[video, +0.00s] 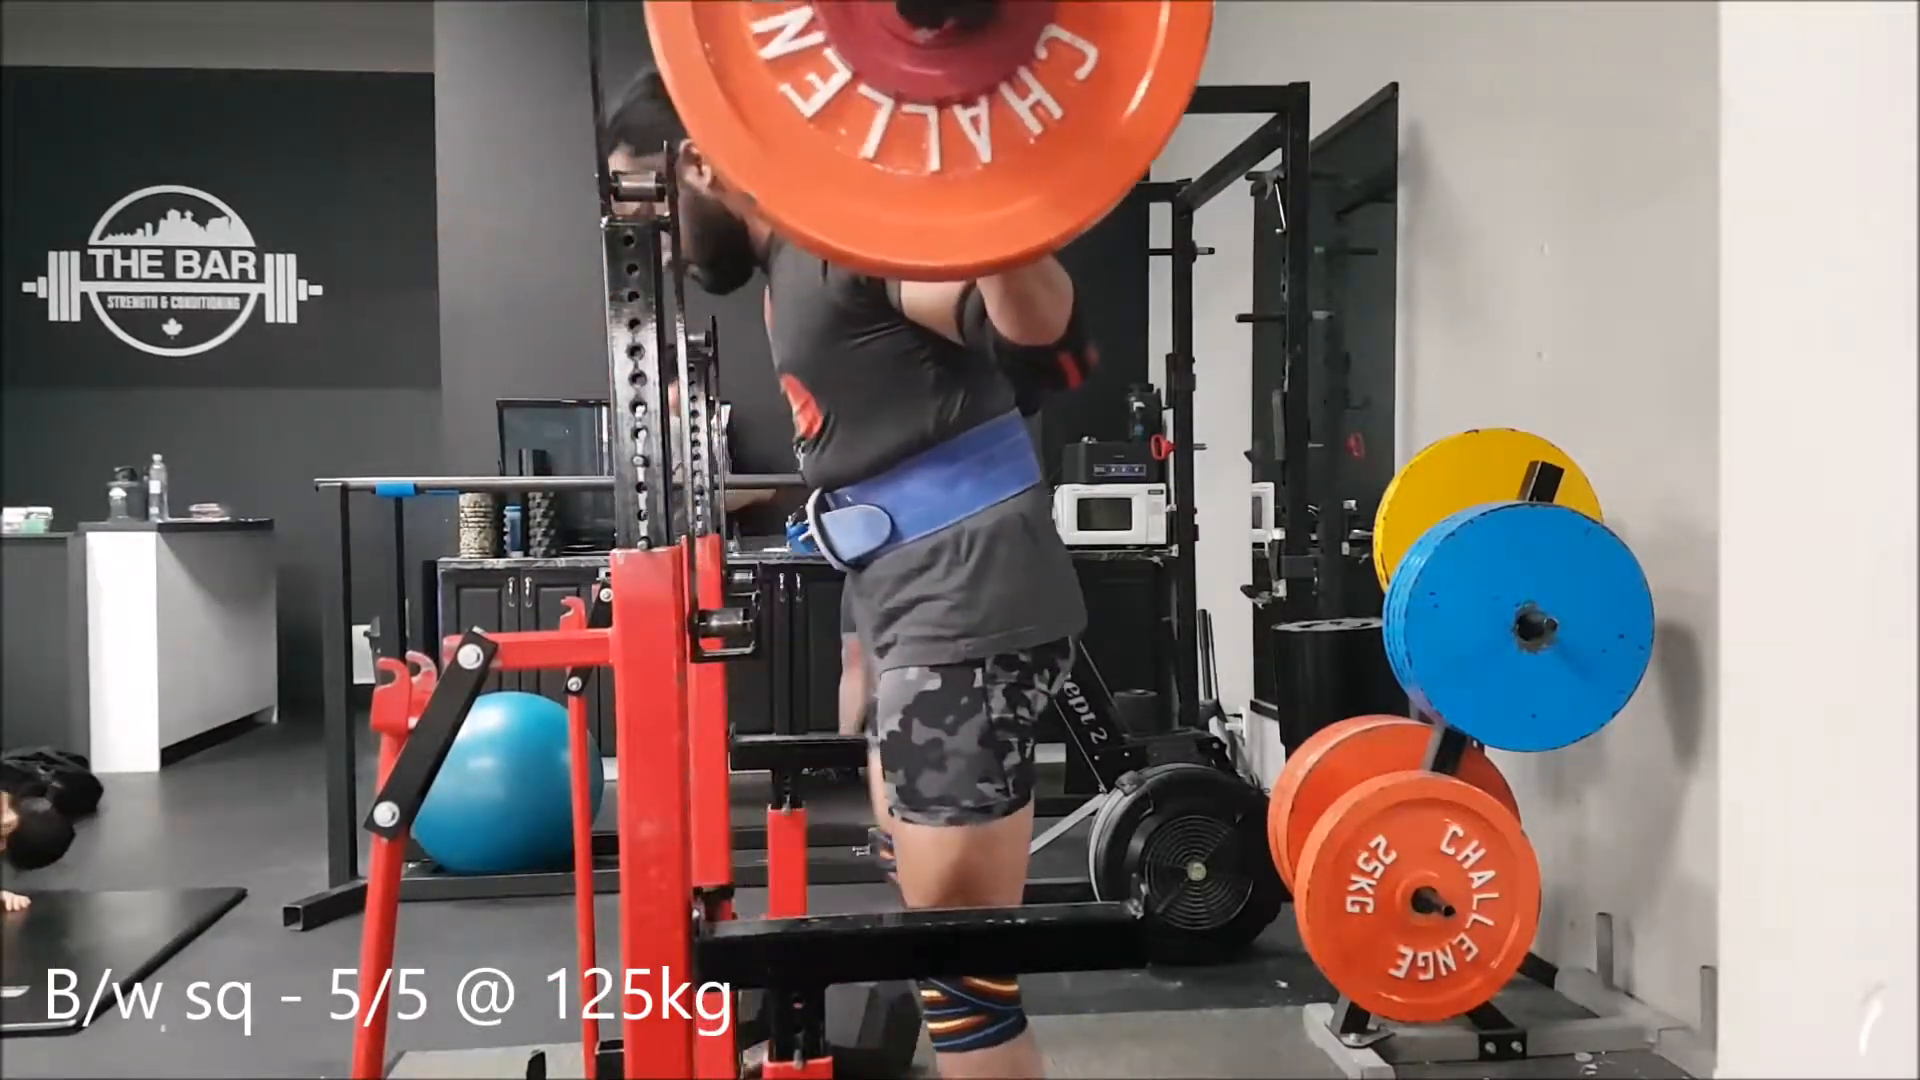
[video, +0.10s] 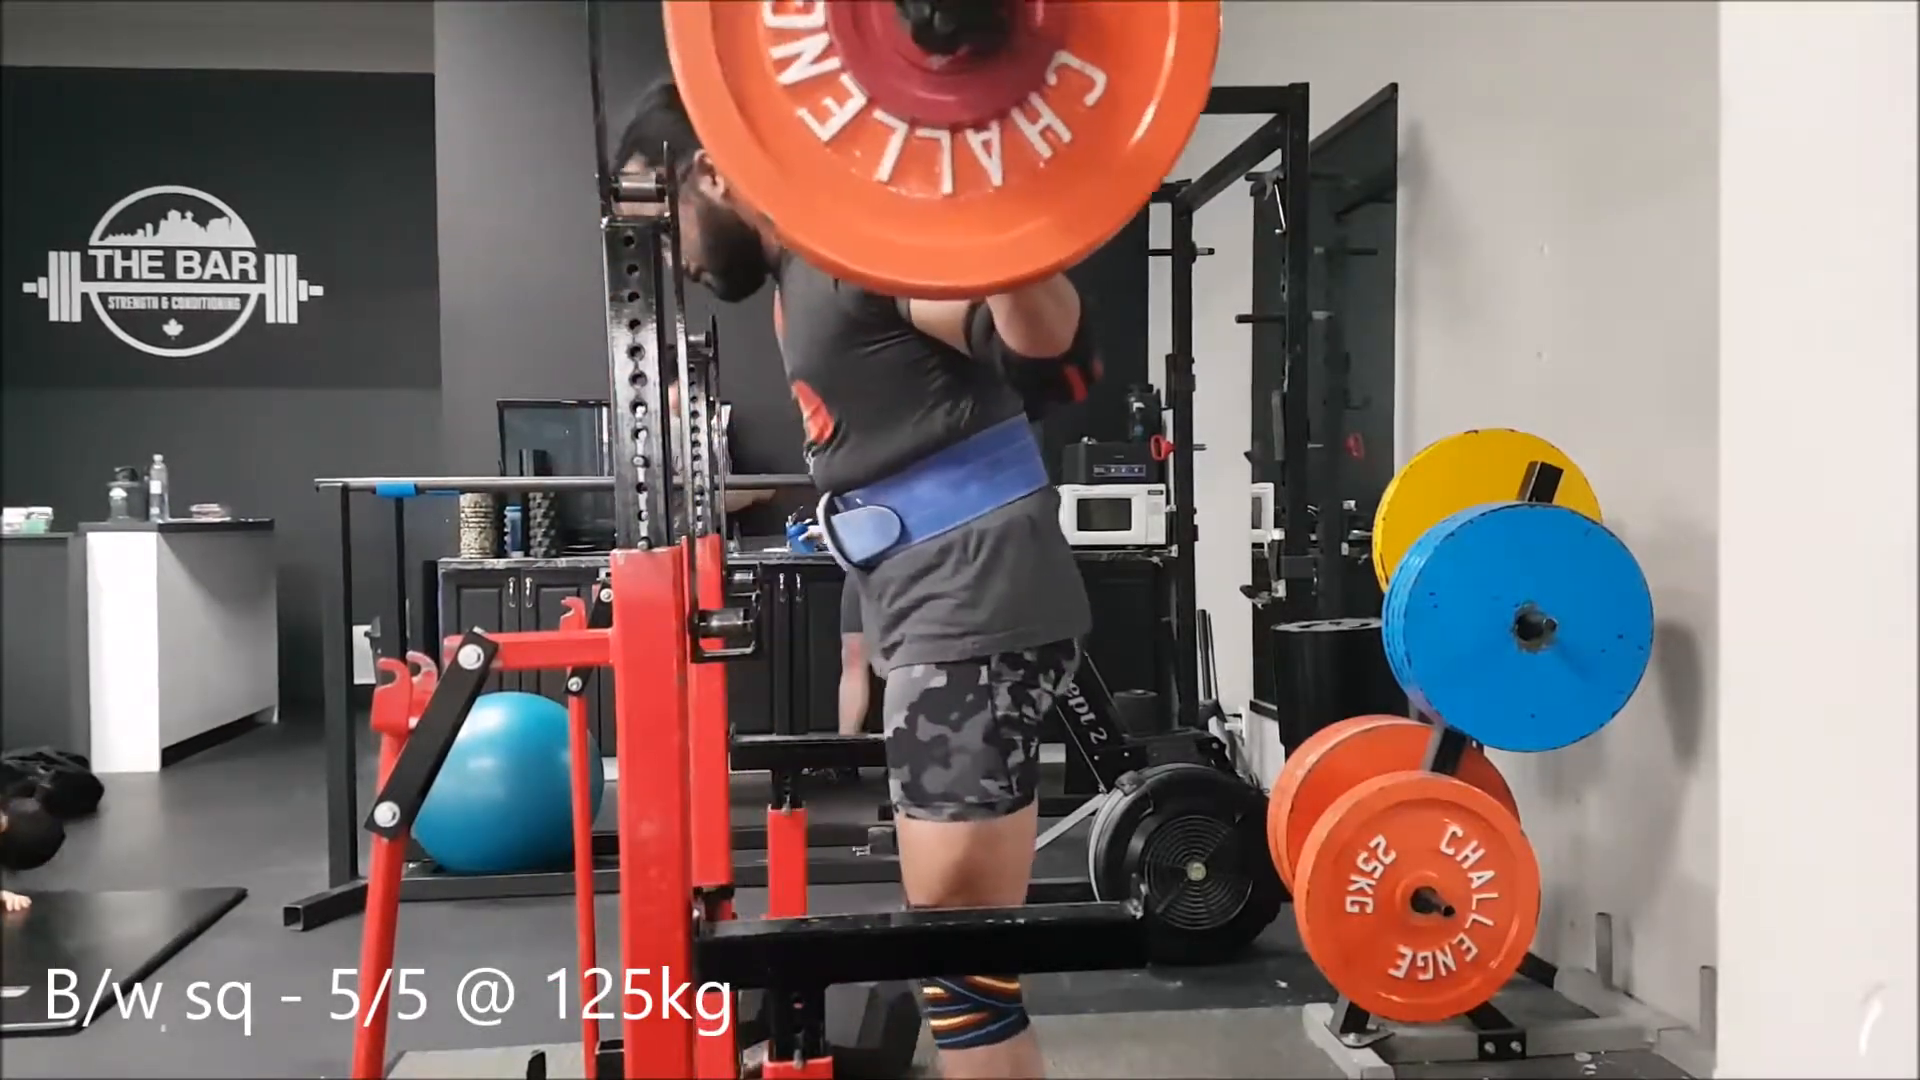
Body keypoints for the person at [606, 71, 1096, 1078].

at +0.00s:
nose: (662, 214)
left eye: (664, 182)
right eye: (645, 196)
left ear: (716, 150)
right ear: (710, 167)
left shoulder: (855, 230)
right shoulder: (787, 264)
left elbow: (1040, 320)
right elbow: (864, 460)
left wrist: (983, 168)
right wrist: (742, 499)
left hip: (965, 587)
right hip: (902, 594)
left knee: (961, 977)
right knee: (943, 957)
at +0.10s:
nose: (672, 254)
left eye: (664, 219)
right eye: (654, 231)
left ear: (711, 164)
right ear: (706, 177)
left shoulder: (858, 237)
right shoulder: (797, 272)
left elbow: (1045, 333)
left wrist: (995, 183)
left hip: (973, 588)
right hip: (919, 597)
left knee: (961, 964)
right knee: (957, 960)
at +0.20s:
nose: (683, 263)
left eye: (677, 220)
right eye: (670, 229)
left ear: (723, 179)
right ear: (719, 188)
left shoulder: (858, 244)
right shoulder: (808, 276)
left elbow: (1053, 337)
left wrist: (1003, 186)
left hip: (978, 582)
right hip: (932, 589)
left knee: (965, 957)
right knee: (963, 952)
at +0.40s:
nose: (697, 269)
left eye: (690, 229)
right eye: (683, 240)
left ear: (734, 181)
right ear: (732, 191)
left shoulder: (869, 242)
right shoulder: (819, 274)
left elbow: (1056, 331)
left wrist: (1006, 179)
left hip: (985, 575)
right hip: (937, 583)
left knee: (988, 939)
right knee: (976, 934)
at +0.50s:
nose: (697, 265)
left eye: (690, 228)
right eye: (682, 240)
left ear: (736, 179)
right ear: (731, 191)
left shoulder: (869, 237)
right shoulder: (818, 271)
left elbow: (1056, 332)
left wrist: (1008, 179)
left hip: (985, 568)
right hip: (932, 578)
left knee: (998, 934)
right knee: (981, 931)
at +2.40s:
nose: (754, 262)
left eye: (747, 229)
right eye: (737, 242)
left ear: (805, 178)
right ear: (800, 185)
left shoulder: (941, 231)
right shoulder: (881, 281)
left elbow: (1130, 343)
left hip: (1048, 586)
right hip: (980, 594)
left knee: (1049, 936)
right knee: (1004, 926)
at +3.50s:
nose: (752, 254)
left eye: (748, 220)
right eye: (737, 236)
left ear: (804, 164)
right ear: (799, 175)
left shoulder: (930, 241)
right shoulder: (862, 293)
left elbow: (1119, 371)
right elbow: (934, 456)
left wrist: (1134, 203)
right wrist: (834, 512)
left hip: (1046, 577)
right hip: (972, 592)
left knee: (1002, 931)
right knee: (969, 902)